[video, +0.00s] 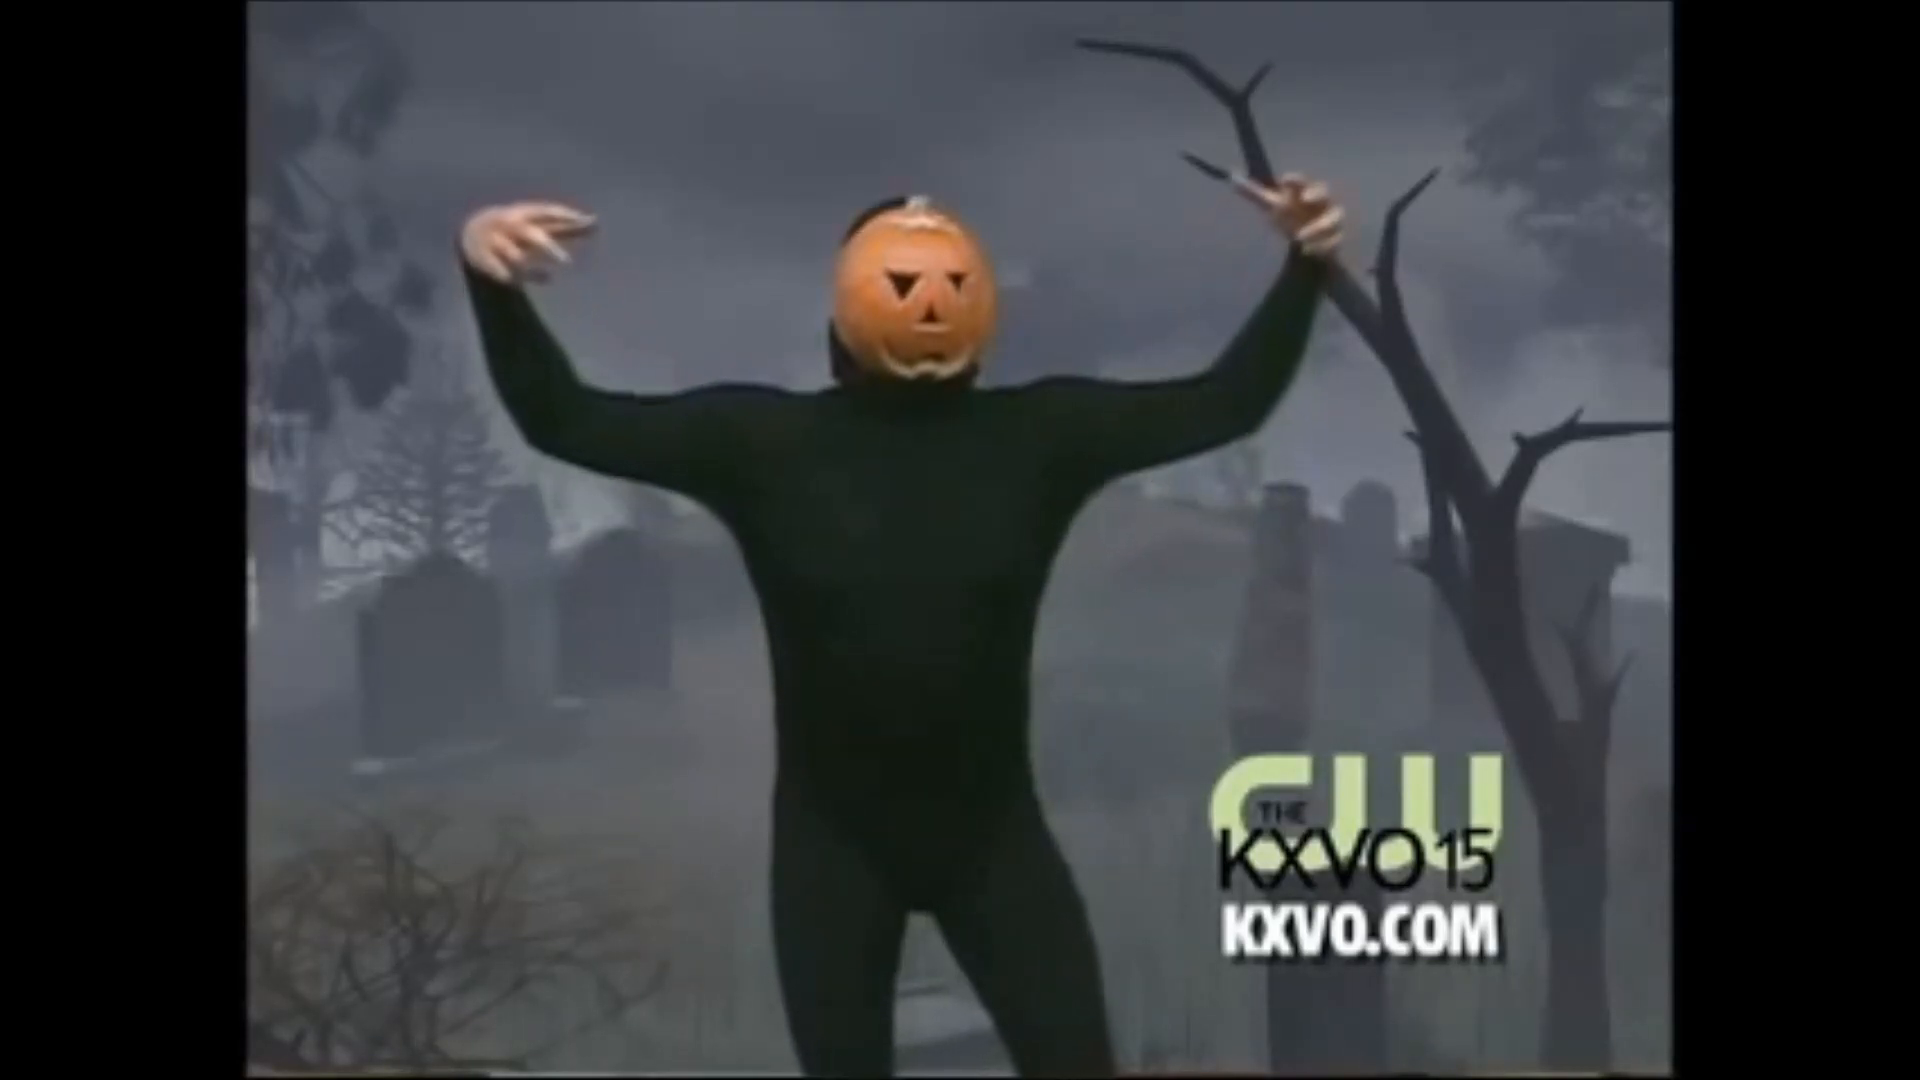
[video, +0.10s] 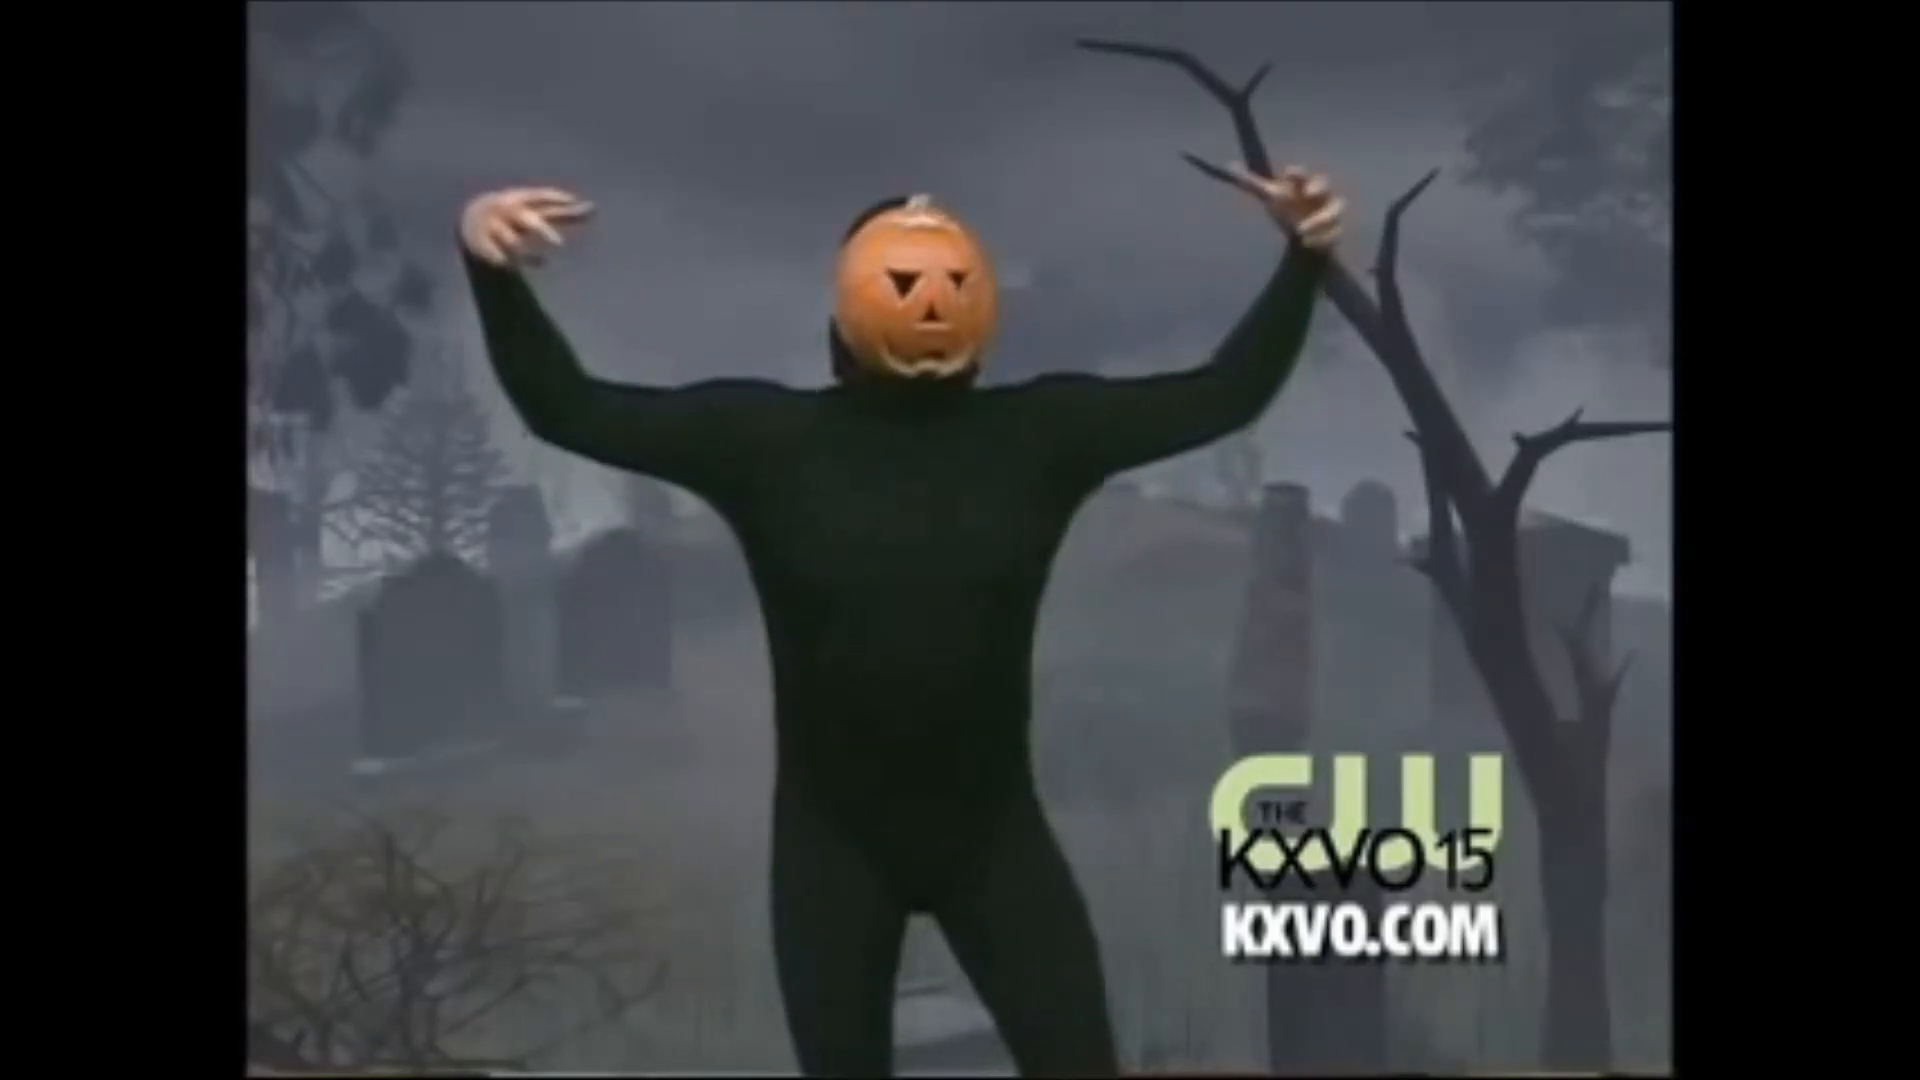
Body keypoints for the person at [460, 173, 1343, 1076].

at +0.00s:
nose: (927, 289)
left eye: (953, 271)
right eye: (893, 268)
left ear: (988, 315)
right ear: (838, 314)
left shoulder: (1051, 431)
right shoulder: (756, 439)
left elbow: (1231, 398)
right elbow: (560, 416)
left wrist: (1305, 268)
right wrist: (491, 280)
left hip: (996, 836)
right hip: (830, 844)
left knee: (1078, 1062)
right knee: (841, 1066)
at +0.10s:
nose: (928, 281)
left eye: (953, 266)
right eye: (894, 261)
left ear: (987, 314)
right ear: (838, 311)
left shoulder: (1050, 430)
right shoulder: (758, 435)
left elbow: (1229, 391)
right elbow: (563, 405)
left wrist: (1303, 259)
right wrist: (492, 266)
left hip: (996, 835)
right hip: (830, 844)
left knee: (1081, 1060)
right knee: (839, 1063)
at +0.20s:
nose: (925, 259)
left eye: (951, 252)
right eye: (891, 248)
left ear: (986, 311)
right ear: (837, 311)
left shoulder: (1049, 427)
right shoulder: (758, 432)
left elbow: (1228, 385)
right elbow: (564, 395)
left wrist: (1302, 251)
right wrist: (493, 257)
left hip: (997, 835)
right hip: (831, 843)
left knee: (1082, 1066)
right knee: (839, 1069)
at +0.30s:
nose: (926, 276)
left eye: (952, 261)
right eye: (893, 257)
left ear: (987, 310)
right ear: (839, 308)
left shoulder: (1050, 425)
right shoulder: (759, 428)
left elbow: (1227, 379)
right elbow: (565, 387)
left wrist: (1301, 245)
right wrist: (491, 246)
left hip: (998, 833)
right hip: (832, 841)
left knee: (1084, 1065)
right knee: (839, 1068)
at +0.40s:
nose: (926, 278)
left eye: (952, 262)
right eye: (893, 258)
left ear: (988, 306)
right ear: (841, 306)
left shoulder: (1051, 422)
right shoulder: (759, 425)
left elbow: (1229, 372)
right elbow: (566, 379)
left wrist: (1303, 237)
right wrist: (491, 240)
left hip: (999, 835)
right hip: (832, 842)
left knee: (1085, 1065)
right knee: (836, 1069)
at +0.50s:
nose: (926, 260)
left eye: (952, 250)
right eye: (892, 247)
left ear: (988, 309)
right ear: (838, 309)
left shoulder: (1053, 420)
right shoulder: (761, 423)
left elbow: (1229, 366)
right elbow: (571, 373)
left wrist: (1305, 234)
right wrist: (491, 233)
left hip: (1000, 838)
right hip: (833, 846)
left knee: (1087, 1068)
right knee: (834, 1072)